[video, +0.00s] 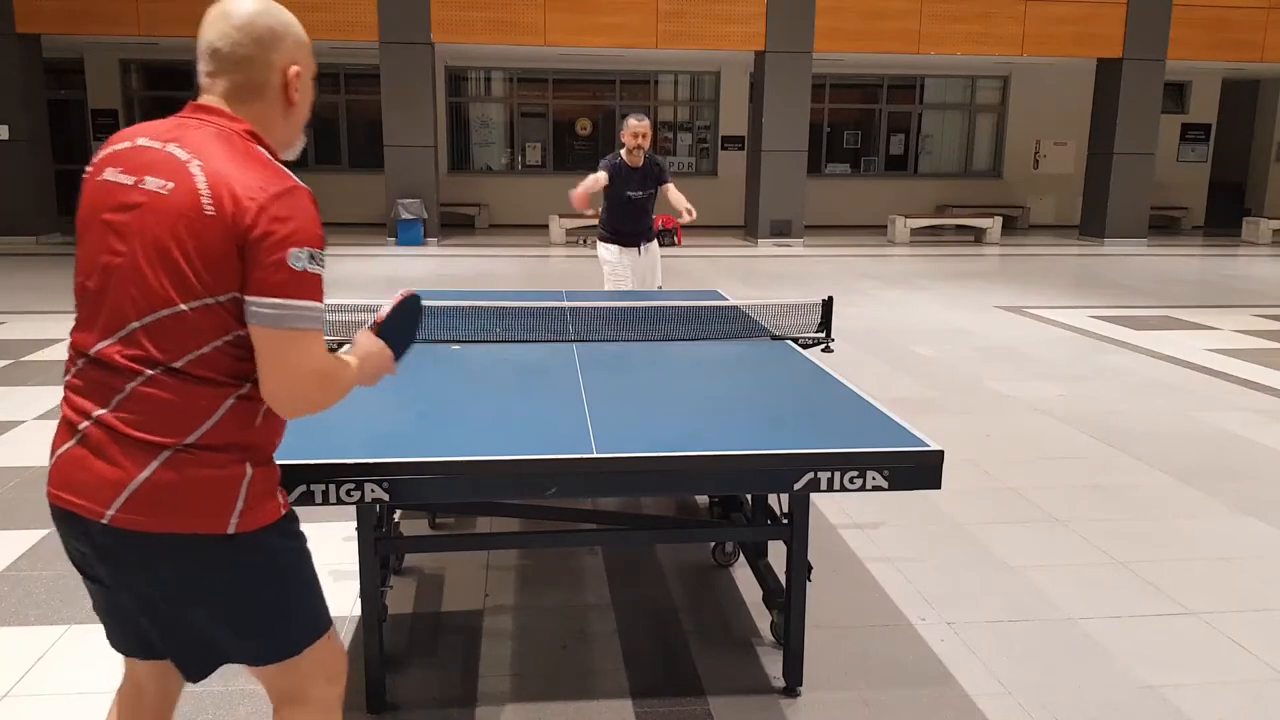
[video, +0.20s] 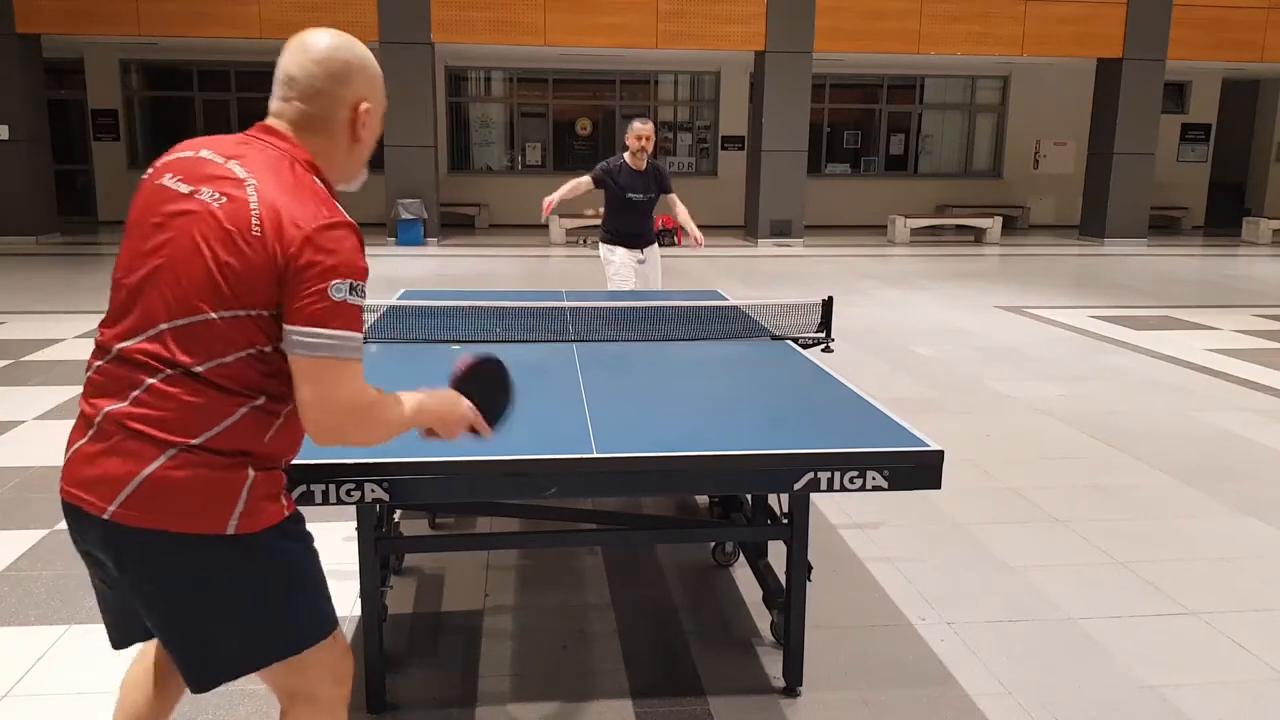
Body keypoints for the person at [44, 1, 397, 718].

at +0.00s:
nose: (313, 101)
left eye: (314, 86)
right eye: (314, 83)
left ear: (205, 74)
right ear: (294, 82)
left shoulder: (115, 154)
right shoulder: (271, 195)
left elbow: (143, 314)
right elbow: (294, 391)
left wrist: (293, 326)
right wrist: (360, 363)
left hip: (84, 492)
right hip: (202, 509)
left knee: (149, 674)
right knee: (314, 684)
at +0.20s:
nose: (378, 134)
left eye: (382, 117)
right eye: (381, 116)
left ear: (281, 98)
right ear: (360, 118)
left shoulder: (177, 162)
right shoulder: (317, 225)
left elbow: (178, 320)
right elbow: (335, 415)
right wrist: (424, 408)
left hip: (95, 479)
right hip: (203, 500)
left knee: (174, 645)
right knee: (320, 680)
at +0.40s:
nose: (401, 176)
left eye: (406, 159)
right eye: (404, 158)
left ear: (309, 127)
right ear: (380, 154)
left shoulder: (219, 175)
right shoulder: (305, 243)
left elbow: (208, 304)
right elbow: (294, 435)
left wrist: (314, 324)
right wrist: (435, 498)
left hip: (95, 474)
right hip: (183, 502)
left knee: (145, 660)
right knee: (314, 678)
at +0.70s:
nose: (385, 195)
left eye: (390, 179)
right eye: (383, 177)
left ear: (300, 154)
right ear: (338, 164)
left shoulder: (188, 183)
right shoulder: (291, 260)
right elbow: (363, 432)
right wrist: (497, 482)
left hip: (70, 477)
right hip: (165, 504)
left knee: (148, 648)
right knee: (301, 672)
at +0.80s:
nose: (378, 179)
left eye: (383, 162)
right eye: (376, 159)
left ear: (295, 140)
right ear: (323, 150)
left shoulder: (167, 176)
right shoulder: (311, 255)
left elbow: (91, 286)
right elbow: (417, 395)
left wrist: (228, 331)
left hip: (63, 482)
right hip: (178, 502)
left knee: (135, 651)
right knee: (305, 669)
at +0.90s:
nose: (360, 162)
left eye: (364, 147)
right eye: (360, 146)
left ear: (259, 125)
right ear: (321, 146)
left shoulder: (149, 172)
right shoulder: (327, 244)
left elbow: (58, 287)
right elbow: (430, 345)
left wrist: (166, 314)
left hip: (65, 484)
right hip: (188, 501)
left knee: (121, 649)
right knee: (318, 670)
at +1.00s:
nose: (335, 151)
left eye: (340, 136)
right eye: (337, 135)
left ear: (243, 115)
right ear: (312, 136)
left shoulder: (127, 174)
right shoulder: (318, 225)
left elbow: (36, 304)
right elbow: (400, 311)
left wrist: (136, 321)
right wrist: (422, 231)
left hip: (70, 495)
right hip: (201, 503)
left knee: (99, 665)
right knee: (321, 673)